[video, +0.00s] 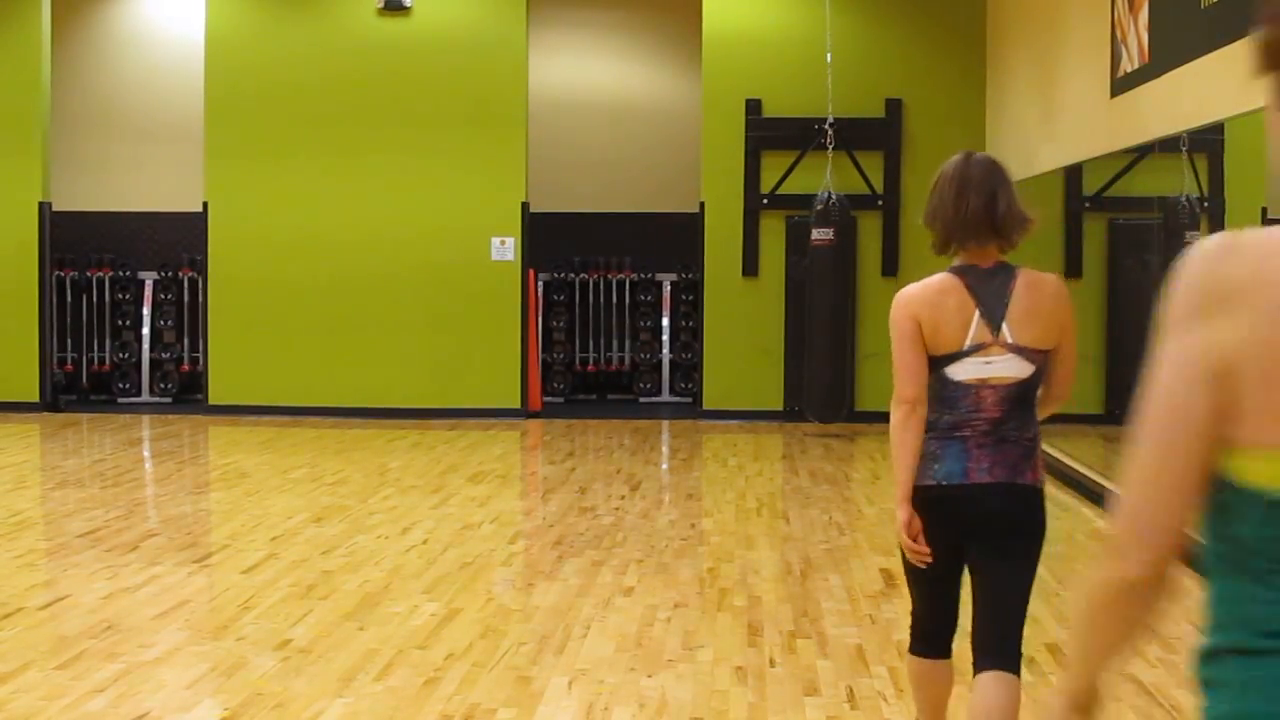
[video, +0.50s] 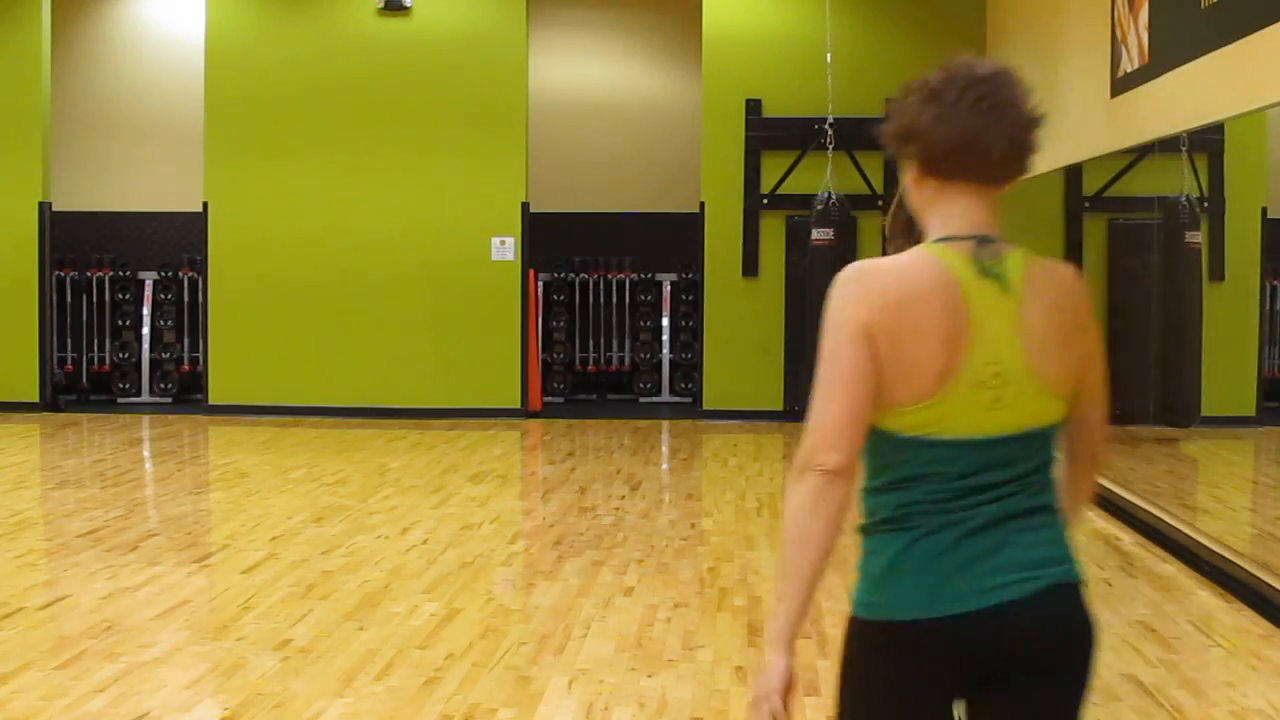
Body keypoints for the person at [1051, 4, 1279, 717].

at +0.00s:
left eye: (1265, 78)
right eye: (1268, 79)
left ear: (1268, 70)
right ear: (1264, 74)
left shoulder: (1231, 274)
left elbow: (1145, 542)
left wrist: (1077, 691)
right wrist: (1078, 687)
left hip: (1254, 685)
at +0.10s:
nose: (1170, 154)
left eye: (1174, 133)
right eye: (1173, 132)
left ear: (1201, 140)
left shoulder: (1131, 310)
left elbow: (1015, 544)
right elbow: (1015, 547)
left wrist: (1008, 591)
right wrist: (1010, 584)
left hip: (1186, 695)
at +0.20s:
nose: (1090, 161)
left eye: (1092, 144)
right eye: (1091, 143)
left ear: (1111, 147)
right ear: (1231, 154)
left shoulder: (1045, 302)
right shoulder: (1267, 307)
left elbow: (965, 523)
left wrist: (943, 561)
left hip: (1097, 669)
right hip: (1242, 651)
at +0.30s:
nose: (1018, 142)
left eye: (1020, 124)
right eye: (1019, 123)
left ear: (1038, 132)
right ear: (1148, 136)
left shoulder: (979, 275)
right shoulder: (1213, 289)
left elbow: (915, 488)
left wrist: (886, 597)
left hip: (1027, 646)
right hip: (1166, 643)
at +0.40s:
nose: (959, 146)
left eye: (960, 131)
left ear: (973, 136)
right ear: (1078, 138)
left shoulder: (922, 270)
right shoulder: (1134, 273)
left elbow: (872, 470)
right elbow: (1159, 459)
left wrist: (826, 624)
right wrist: (1147, 583)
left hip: (961, 625)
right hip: (1106, 618)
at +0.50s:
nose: (903, 177)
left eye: (903, 161)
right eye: (905, 160)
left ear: (916, 167)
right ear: (1012, 167)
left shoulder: (869, 289)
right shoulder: (1064, 291)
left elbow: (826, 467)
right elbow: (1085, 464)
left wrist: (779, 642)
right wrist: (1040, 531)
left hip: (907, 624)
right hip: (1044, 613)